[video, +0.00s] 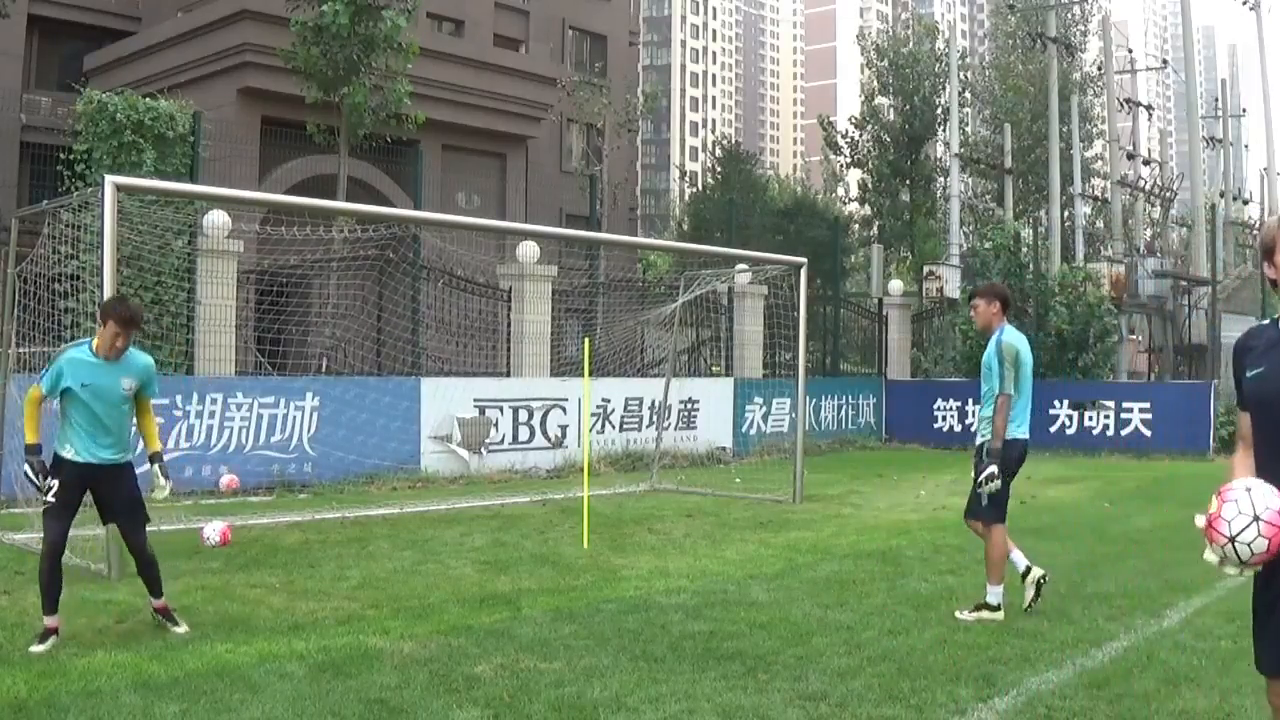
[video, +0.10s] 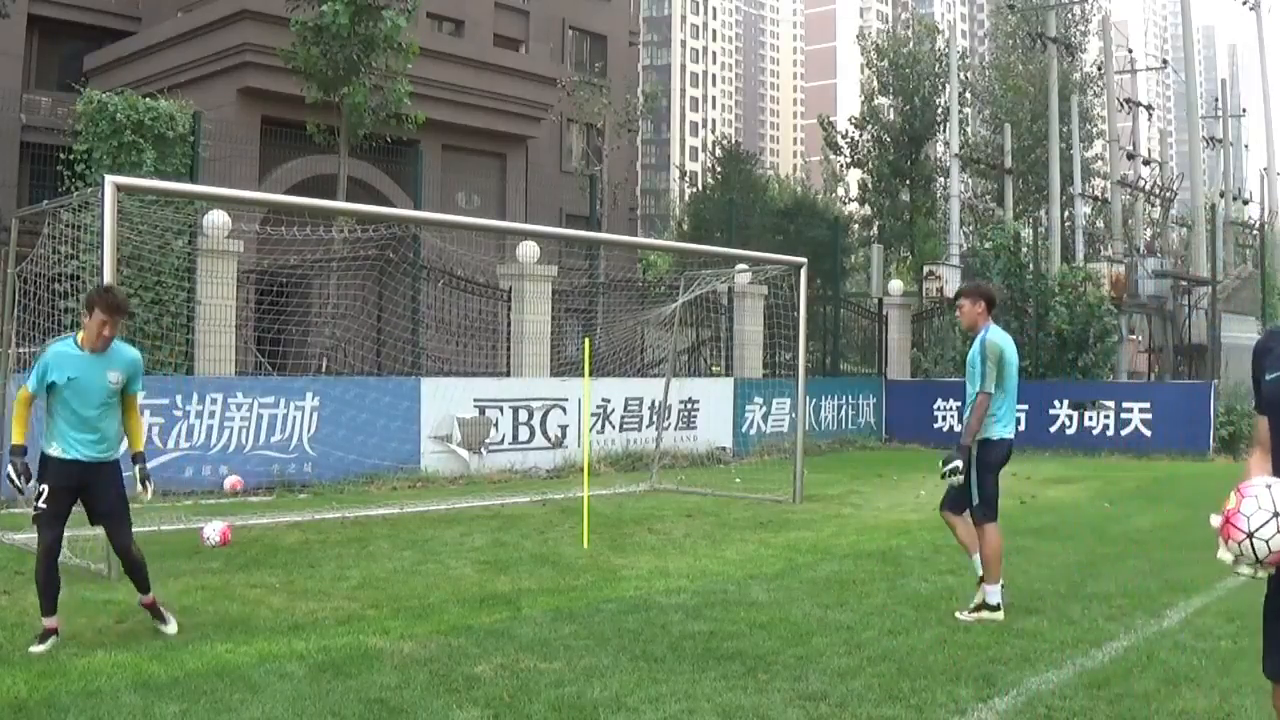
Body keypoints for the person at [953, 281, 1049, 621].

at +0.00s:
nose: (972, 315)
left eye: (975, 308)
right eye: (972, 309)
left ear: (996, 308)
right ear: (995, 310)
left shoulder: (1005, 342)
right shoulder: (1008, 339)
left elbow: (1004, 400)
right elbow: (1004, 399)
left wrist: (995, 456)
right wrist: (984, 446)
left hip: (1004, 443)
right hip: (1001, 440)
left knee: (993, 522)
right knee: (974, 517)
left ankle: (993, 603)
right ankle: (1027, 570)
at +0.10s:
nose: (957, 315)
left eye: (961, 308)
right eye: (957, 308)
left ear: (981, 308)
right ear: (980, 309)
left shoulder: (989, 342)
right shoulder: (993, 339)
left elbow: (983, 398)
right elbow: (989, 398)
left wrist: (963, 447)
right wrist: (965, 443)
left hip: (989, 441)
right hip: (990, 439)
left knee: (985, 519)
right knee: (951, 508)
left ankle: (992, 601)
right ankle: (987, 573)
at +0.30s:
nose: (919, 319)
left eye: (923, 313)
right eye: (919, 314)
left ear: (941, 312)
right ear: (942, 313)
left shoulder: (946, 345)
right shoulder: (962, 345)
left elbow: (934, 399)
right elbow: (965, 401)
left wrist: (901, 436)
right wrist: (967, 450)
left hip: (947, 444)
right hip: (957, 442)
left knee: (962, 522)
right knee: (921, 519)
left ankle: (989, 601)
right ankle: (890, 587)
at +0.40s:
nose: (895, 319)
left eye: (898, 312)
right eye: (896, 313)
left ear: (914, 311)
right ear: (918, 312)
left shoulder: (921, 344)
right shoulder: (941, 345)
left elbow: (913, 396)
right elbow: (949, 403)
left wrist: (880, 436)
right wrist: (948, 448)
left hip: (921, 443)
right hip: (933, 442)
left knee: (930, 521)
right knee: (903, 516)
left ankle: (976, 589)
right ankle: (884, 589)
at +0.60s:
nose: (866, 315)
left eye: (868, 309)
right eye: (867, 309)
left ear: (877, 308)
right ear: (892, 309)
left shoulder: (885, 339)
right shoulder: (906, 340)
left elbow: (888, 390)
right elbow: (911, 393)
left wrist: (858, 429)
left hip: (882, 440)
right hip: (904, 439)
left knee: (849, 508)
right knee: (885, 511)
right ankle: (884, 586)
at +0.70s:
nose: (853, 315)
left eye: (854, 309)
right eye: (854, 310)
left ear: (864, 309)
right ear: (879, 311)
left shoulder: (872, 339)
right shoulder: (895, 341)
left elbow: (879, 390)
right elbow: (900, 390)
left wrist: (847, 428)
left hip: (868, 439)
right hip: (891, 439)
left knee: (828, 502)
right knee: (879, 511)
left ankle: (854, 572)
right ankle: (884, 587)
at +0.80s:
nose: (833, 318)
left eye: (834, 313)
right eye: (834, 313)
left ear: (841, 312)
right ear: (859, 314)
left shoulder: (850, 343)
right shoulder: (875, 343)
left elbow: (858, 393)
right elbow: (882, 390)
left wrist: (826, 424)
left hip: (845, 440)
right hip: (872, 439)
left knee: (813, 505)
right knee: (870, 512)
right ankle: (882, 587)